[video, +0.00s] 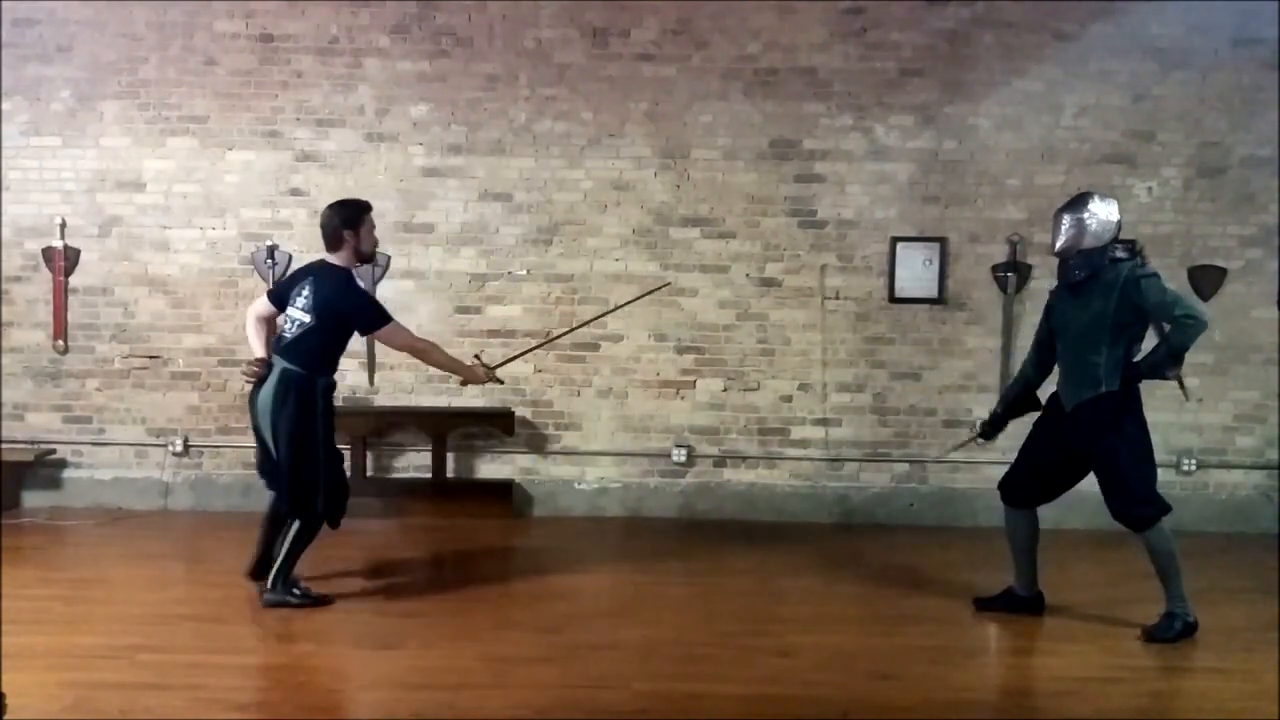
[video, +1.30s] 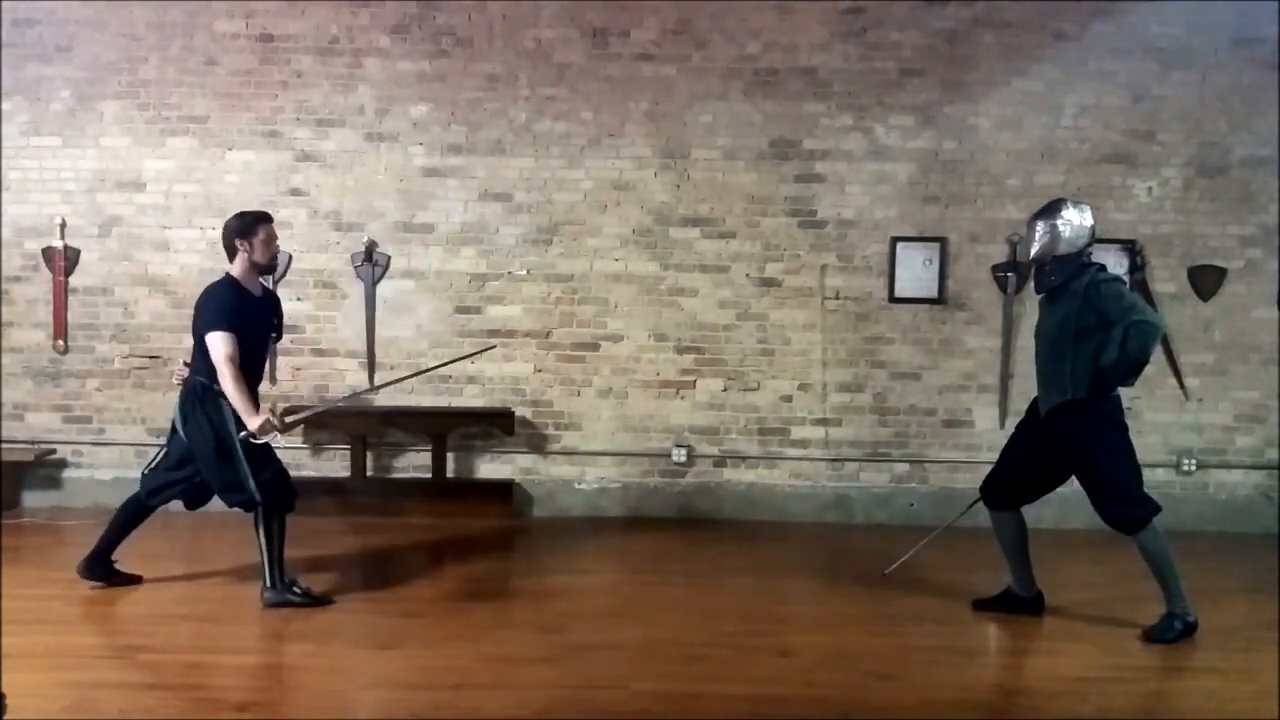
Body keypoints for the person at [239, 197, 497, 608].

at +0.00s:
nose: (376, 236)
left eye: (374, 228)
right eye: (371, 230)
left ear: (336, 238)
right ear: (350, 237)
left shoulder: (305, 274)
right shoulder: (350, 294)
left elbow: (256, 314)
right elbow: (411, 344)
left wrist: (262, 358)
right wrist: (465, 370)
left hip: (270, 389)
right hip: (299, 398)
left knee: (291, 483)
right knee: (319, 496)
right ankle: (277, 584)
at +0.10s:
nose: (363, 237)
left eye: (360, 229)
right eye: (357, 230)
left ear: (323, 239)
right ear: (335, 238)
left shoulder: (293, 278)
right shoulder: (338, 298)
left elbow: (248, 314)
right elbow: (397, 348)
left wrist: (250, 359)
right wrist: (451, 375)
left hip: (255, 392)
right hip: (287, 400)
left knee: (253, 480)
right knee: (314, 495)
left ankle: (205, 558)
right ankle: (277, 583)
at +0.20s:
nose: (352, 238)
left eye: (349, 230)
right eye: (345, 231)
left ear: (313, 241)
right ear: (323, 241)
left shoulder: (285, 280)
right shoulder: (322, 299)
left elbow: (241, 317)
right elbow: (380, 351)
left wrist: (241, 361)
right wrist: (436, 378)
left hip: (245, 394)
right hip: (276, 404)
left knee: (219, 480)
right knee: (312, 492)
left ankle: (164, 552)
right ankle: (277, 583)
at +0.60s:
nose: (305, 250)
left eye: (303, 242)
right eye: (298, 242)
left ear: (269, 251)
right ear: (277, 250)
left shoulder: (242, 293)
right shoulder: (271, 307)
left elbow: (203, 333)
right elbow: (329, 366)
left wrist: (195, 372)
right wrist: (387, 403)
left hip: (199, 405)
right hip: (233, 413)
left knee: (157, 487)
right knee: (291, 488)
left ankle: (108, 570)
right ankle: (278, 584)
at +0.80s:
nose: (287, 246)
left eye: (285, 238)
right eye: (281, 239)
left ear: (251, 246)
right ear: (256, 245)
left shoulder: (234, 290)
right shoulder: (249, 301)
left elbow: (209, 337)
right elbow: (294, 368)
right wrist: (341, 411)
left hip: (192, 403)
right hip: (218, 410)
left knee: (153, 486)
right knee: (275, 484)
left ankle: (102, 569)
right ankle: (277, 584)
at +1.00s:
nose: (276, 244)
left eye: (275, 237)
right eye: (270, 237)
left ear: (246, 244)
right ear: (244, 243)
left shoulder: (253, 293)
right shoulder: (229, 298)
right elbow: (260, 364)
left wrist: (194, 375)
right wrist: (297, 412)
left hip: (207, 407)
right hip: (214, 411)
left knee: (155, 486)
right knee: (271, 485)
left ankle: (99, 562)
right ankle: (276, 584)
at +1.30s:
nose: (277, 246)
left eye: (275, 239)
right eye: (270, 240)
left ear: (251, 247)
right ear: (243, 247)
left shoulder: (267, 300)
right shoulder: (220, 299)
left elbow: (257, 362)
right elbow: (225, 365)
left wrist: (200, 373)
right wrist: (251, 416)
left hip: (224, 406)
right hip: (208, 406)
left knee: (158, 487)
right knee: (272, 485)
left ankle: (97, 560)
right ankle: (276, 584)